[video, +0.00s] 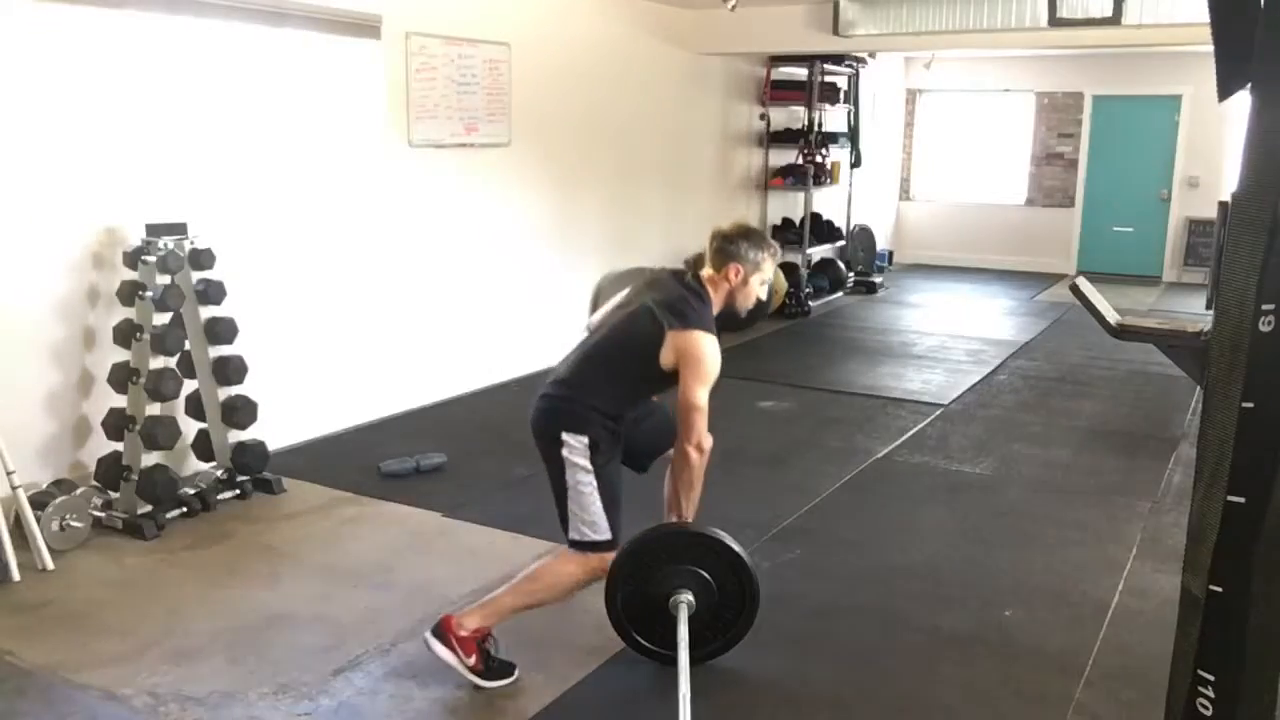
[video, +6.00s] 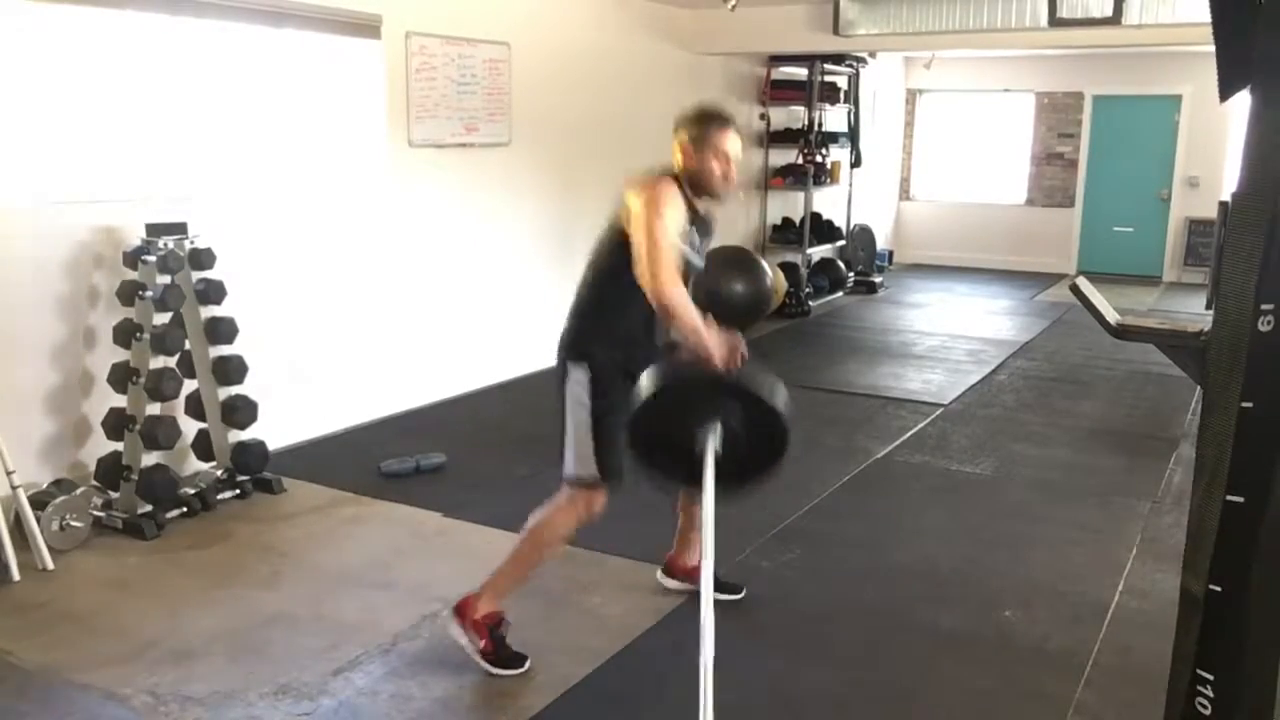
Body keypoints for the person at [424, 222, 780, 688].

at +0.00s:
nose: (762, 295)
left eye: (765, 284)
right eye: (761, 282)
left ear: (725, 269)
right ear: (734, 274)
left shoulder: (668, 284)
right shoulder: (699, 341)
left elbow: (600, 321)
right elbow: (693, 448)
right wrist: (684, 535)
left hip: (604, 404)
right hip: (575, 417)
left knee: (692, 441)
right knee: (595, 555)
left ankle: (670, 545)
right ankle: (465, 626)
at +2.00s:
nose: (743, 248)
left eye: (744, 236)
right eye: (738, 236)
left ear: (698, 235)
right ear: (707, 235)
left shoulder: (646, 263)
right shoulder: (694, 303)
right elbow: (700, 419)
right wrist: (717, 485)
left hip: (623, 402)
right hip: (589, 421)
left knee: (696, 460)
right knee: (609, 565)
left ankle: (670, 558)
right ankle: (474, 634)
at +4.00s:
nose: (746, 275)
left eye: (748, 264)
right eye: (743, 262)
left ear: (700, 257)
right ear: (712, 258)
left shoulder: (640, 283)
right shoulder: (706, 326)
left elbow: (581, 346)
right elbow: (707, 436)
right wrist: (700, 518)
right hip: (592, 435)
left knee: (693, 446)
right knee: (611, 579)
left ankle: (677, 557)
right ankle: (473, 627)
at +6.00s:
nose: (731, 170)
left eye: (734, 158)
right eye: (721, 156)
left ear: (726, 158)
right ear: (687, 152)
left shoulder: (696, 214)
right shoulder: (657, 194)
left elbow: (685, 288)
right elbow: (659, 281)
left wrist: (710, 336)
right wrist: (706, 337)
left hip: (645, 356)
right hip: (596, 356)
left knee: (701, 438)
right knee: (586, 494)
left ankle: (686, 558)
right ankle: (480, 610)